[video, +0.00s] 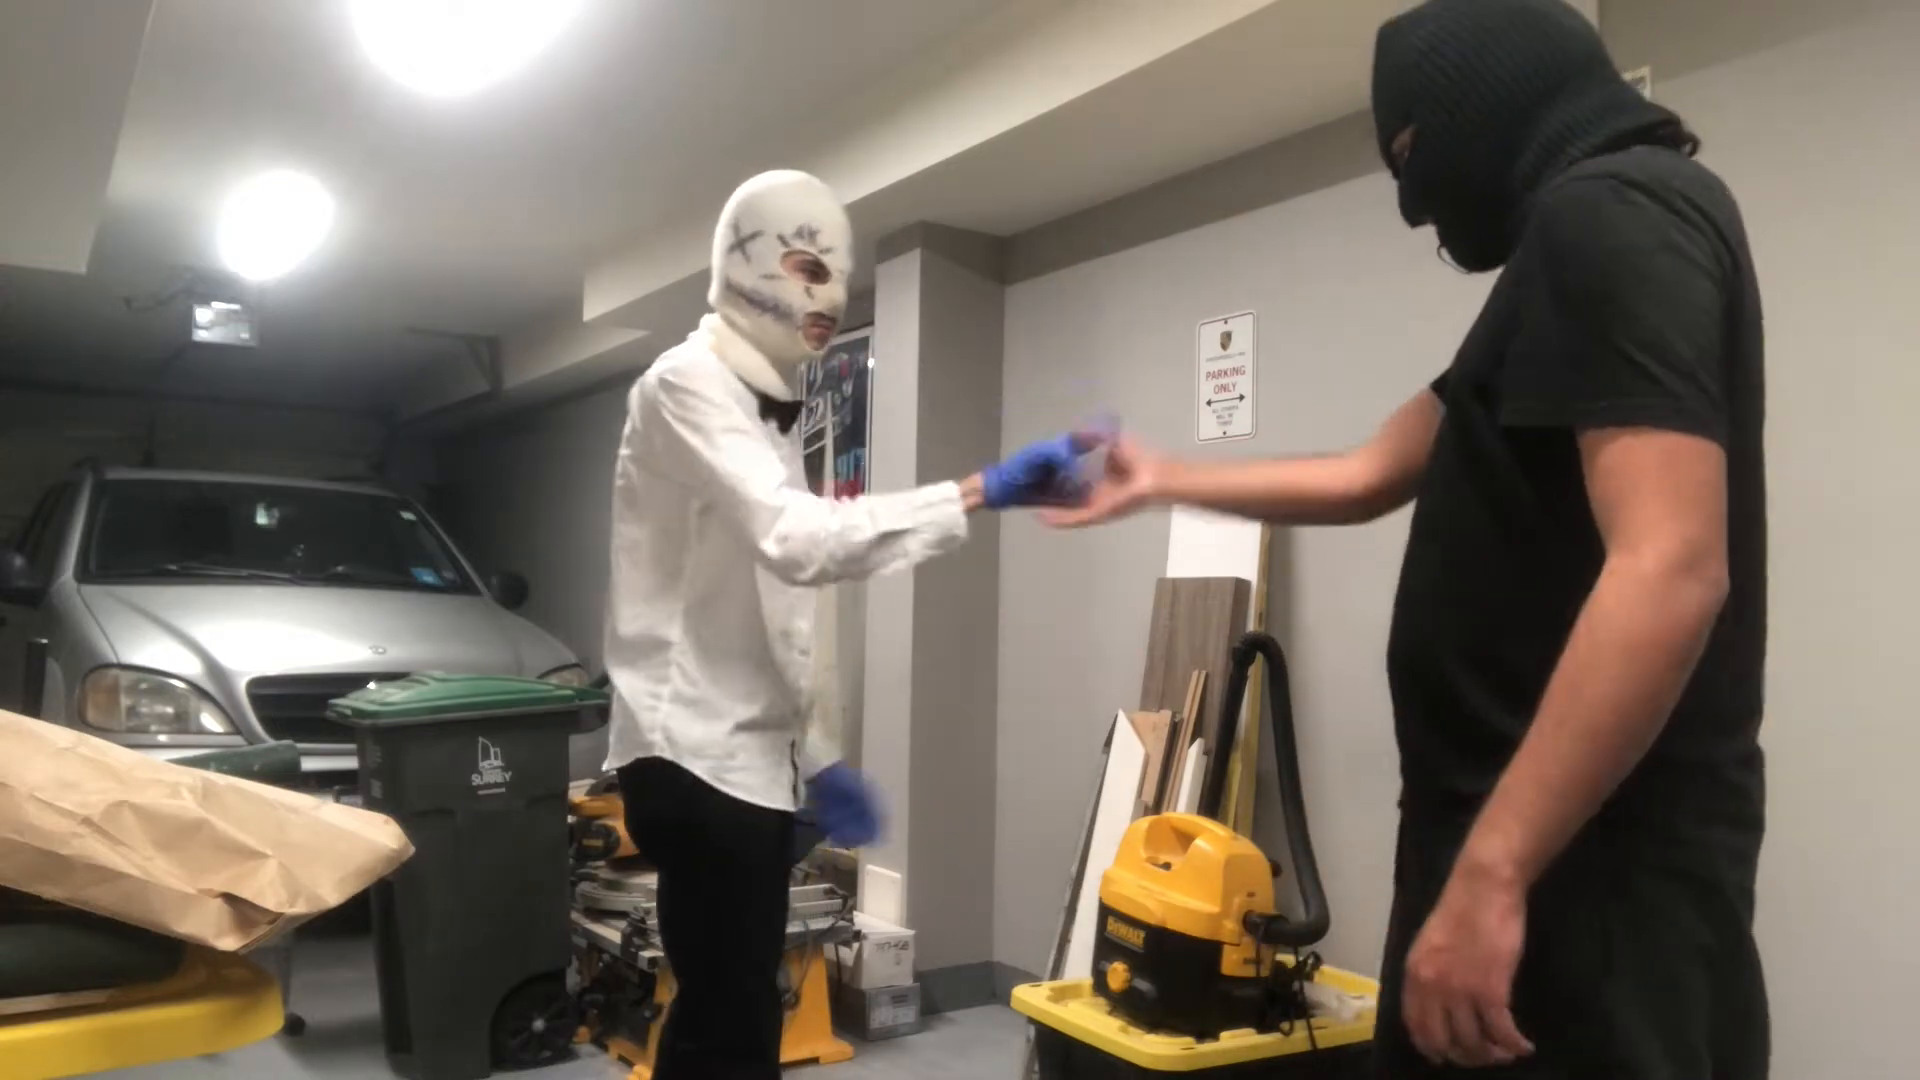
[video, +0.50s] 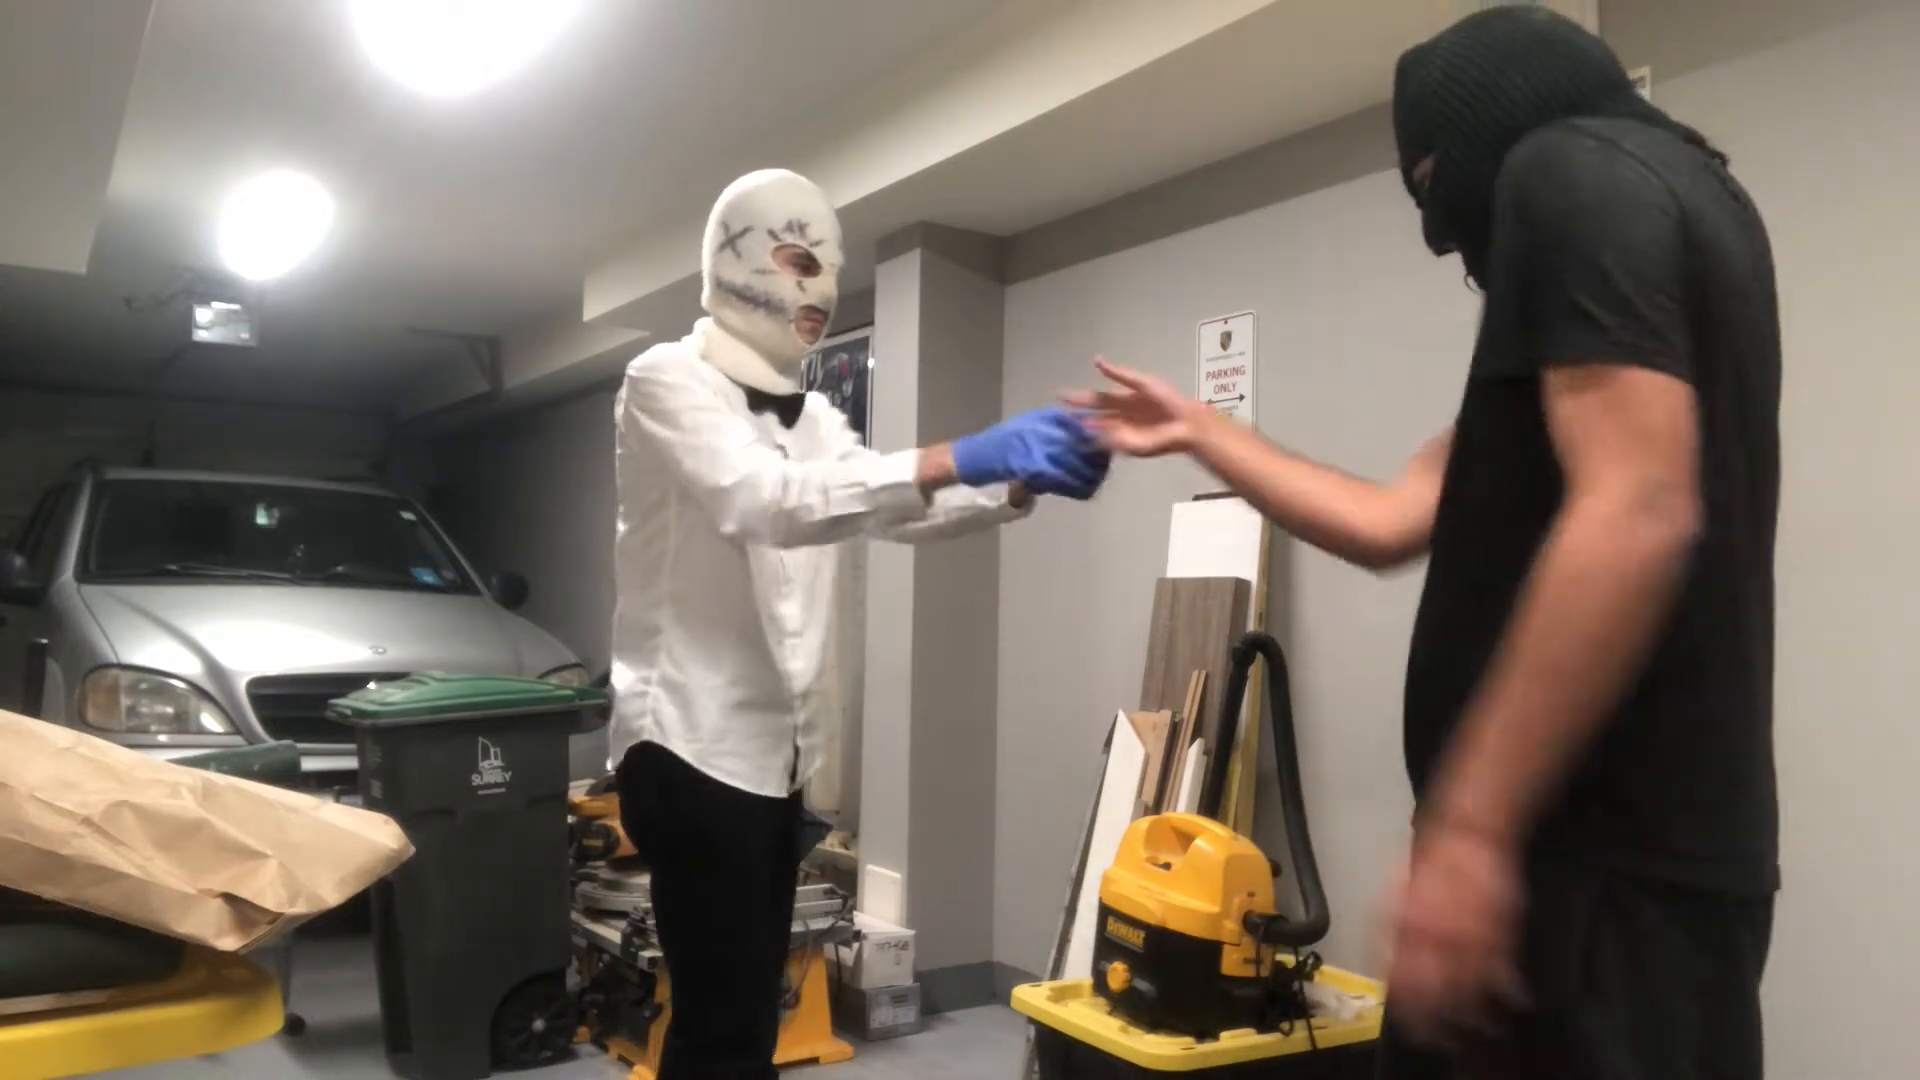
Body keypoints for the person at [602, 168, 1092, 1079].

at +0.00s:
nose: (829, 303)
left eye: (838, 281)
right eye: (808, 271)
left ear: (834, 288)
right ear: (746, 266)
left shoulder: (755, 406)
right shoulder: (689, 384)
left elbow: (747, 628)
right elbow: (796, 538)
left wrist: (806, 761)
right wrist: (981, 491)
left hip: (745, 756)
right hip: (696, 755)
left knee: (731, 1018)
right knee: (729, 1025)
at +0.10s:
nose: (819, 299)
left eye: (824, 277)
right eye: (797, 269)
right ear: (735, 266)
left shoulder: (744, 407)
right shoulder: (679, 378)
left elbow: (785, 624)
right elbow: (803, 509)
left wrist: (894, 707)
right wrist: (991, 453)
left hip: (742, 752)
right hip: (691, 752)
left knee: (717, 1022)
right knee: (736, 1025)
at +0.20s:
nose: (810, 292)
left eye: (816, 272)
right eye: (787, 265)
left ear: (816, 277)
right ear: (726, 267)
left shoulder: (749, 410)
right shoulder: (677, 375)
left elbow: (818, 589)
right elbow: (817, 494)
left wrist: (956, 603)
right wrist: (997, 432)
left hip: (737, 740)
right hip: (685, 737)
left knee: (720, 1013)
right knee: (734, 1016)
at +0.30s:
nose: (809, 298)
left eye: (816, 276)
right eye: (787, 270)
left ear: (822, 279)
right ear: (724, 269)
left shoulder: (756, 408)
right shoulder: (673, 373)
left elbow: (840, 553)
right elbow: (799, 483)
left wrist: (986, 523)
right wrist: (980, 418)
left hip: (745, 740)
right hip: (684, 737)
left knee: (715, 1015)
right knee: (739, 1018)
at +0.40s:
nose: (813, 295)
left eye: (822, 275)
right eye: (790, 267)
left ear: (825, 282)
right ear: (727, 268)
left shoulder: (794, 424)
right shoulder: (667, 374)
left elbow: (880, 520)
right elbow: (772, 492)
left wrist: (1022, 489)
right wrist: (959, 436)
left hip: (756, 748)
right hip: (686, 742)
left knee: (732, 1013)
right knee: (731, 1018)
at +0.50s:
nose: (821, 285)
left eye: (829, 266)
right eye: (797, 260)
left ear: (831, 277)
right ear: (732, 266)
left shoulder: (816, 423)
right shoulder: (669, 379)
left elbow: (894, 511)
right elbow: (763, 501)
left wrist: (1025, 484)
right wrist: (964, 456)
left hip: (776, 758)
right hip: (688, 752)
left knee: (745, 1021)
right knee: (722, 1026)